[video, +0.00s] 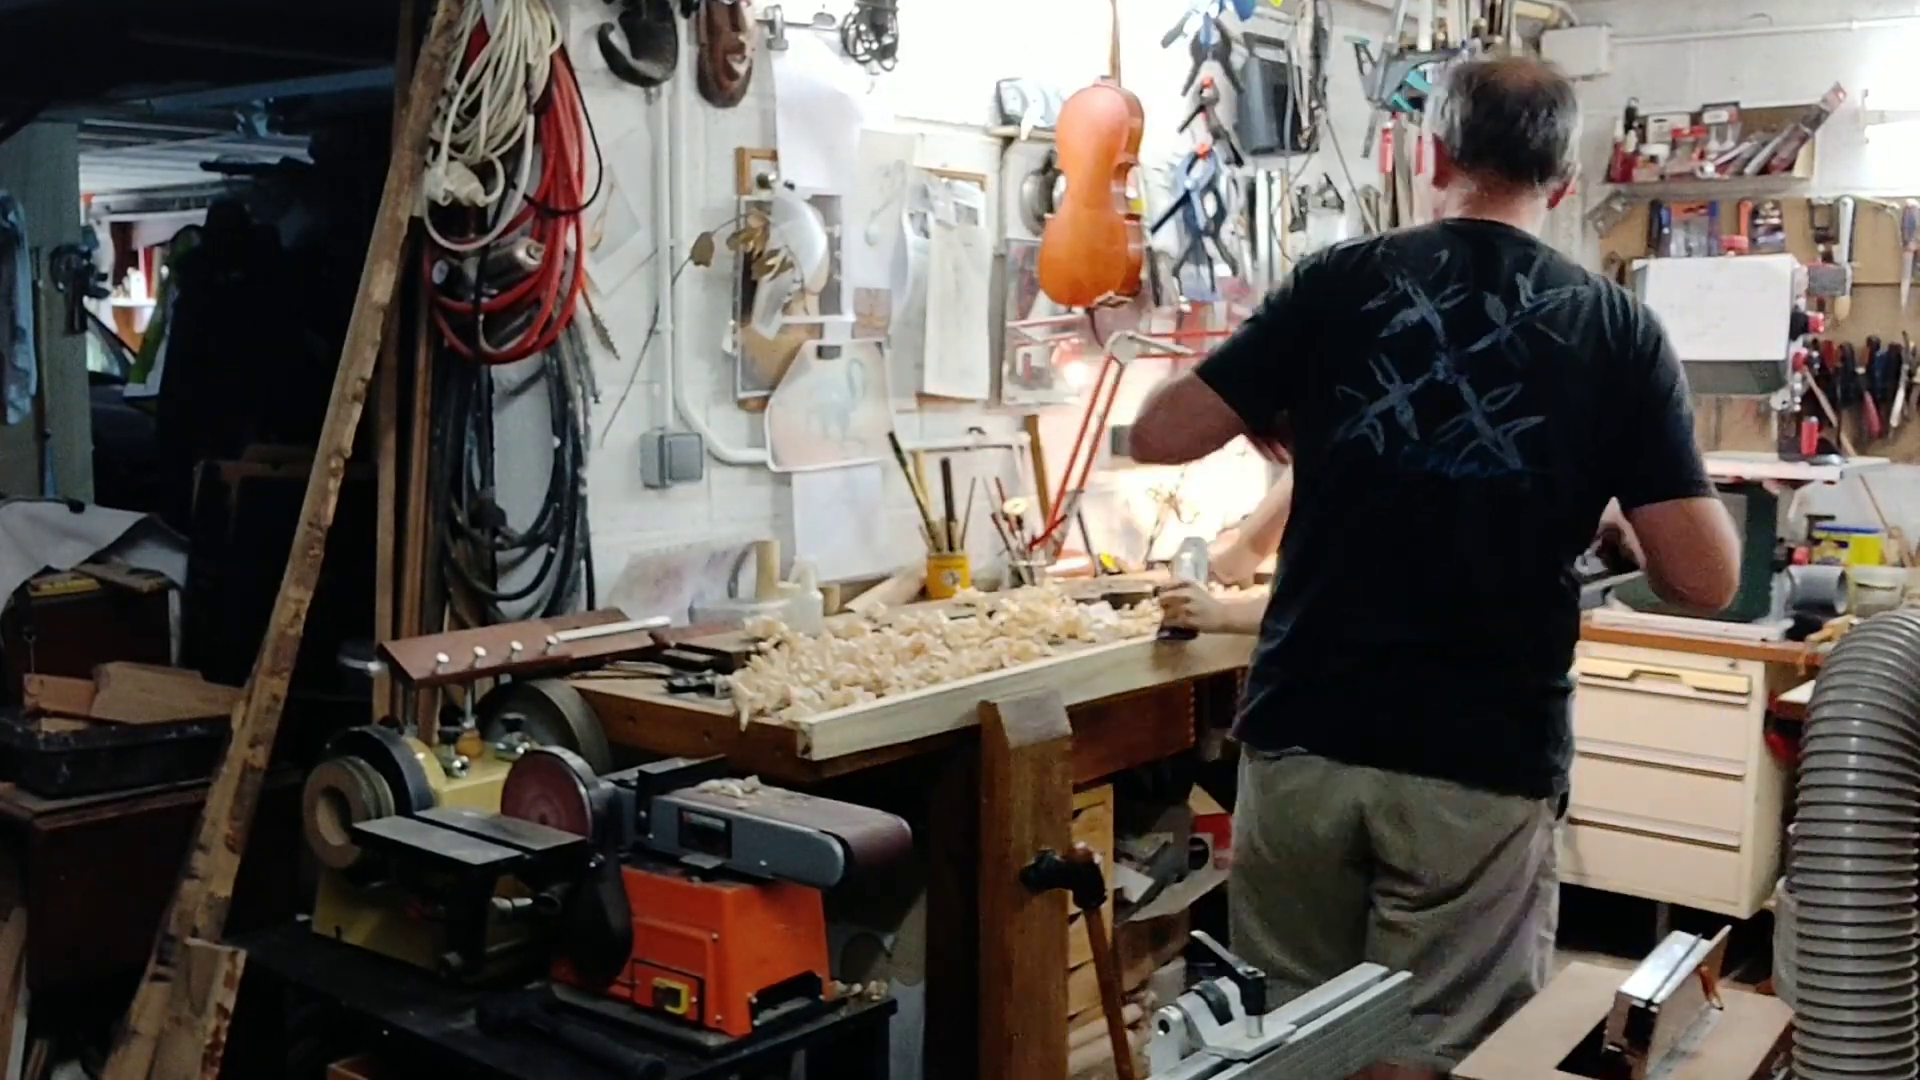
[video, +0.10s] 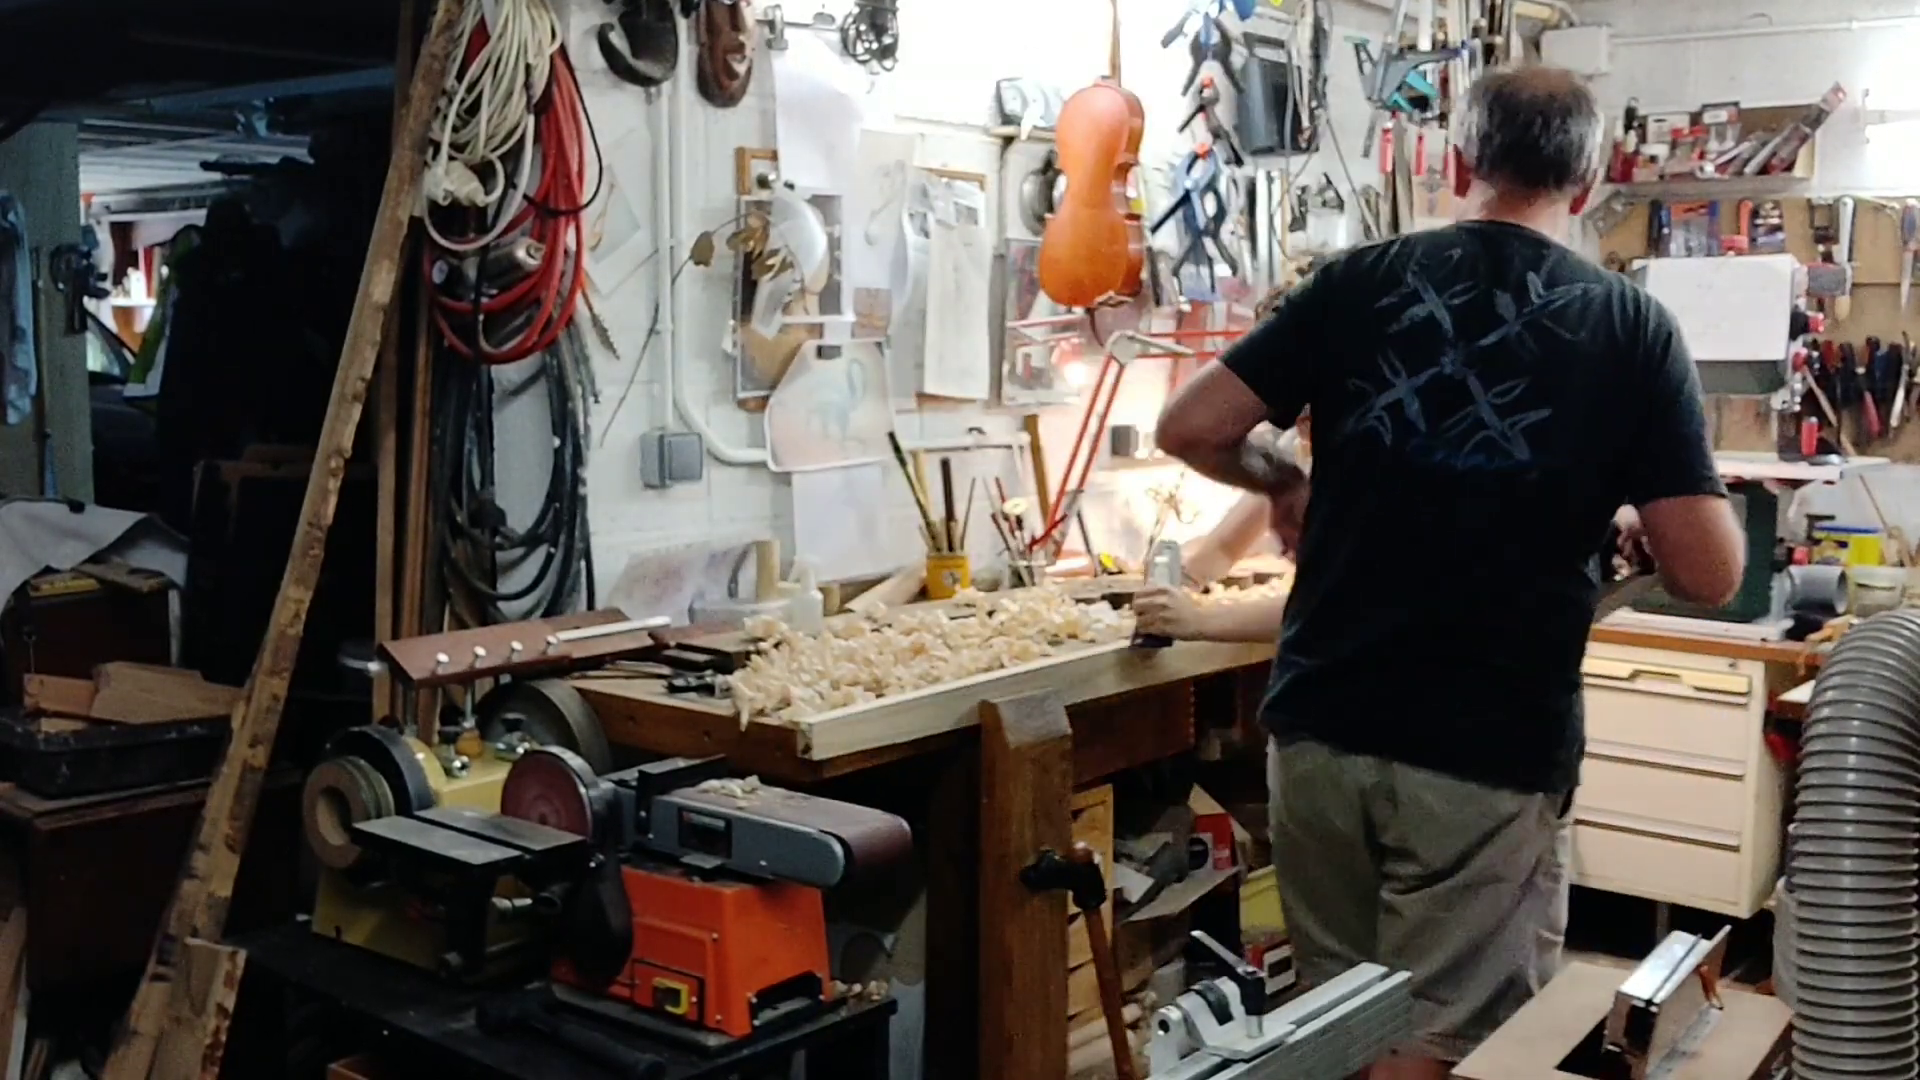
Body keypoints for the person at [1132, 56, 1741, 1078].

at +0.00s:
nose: (1433, 167)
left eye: (1433, 153)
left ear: (1437, 162)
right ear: (1562, 181)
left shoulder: (1337, 280)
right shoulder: (1615, 330)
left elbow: (1155, 434)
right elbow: (1707, 582)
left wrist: (1256, 397)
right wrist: (1631, 524)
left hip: (1302, 736)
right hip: (1482, 764)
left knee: (1280, 1046)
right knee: (1442, 1064)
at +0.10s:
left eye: (1459, 159)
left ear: (1461, 167)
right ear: (1587, 186)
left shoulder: (1362, 278)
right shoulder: (1630, 326)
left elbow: (1189, 427)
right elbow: (1711, 576)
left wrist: (1283, 478)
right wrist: (1646, 530)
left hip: (1318, 719)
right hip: (1490, 748)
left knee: (1330, 1022)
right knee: (1433, 1052)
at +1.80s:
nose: (1628, 263)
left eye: (1632, 240)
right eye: (1624, 245)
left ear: (1689, 226)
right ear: (1706, 227)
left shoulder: (1735, 317)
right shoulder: (1801, 306)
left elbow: (1691, 493)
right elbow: (1765, 474)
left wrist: (1568, 517)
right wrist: (1622, 490)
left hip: (1723, 639)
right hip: (1797, 629)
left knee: (1636, 813)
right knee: (1758, 814)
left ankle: (1708, 1013)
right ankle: (1784, 994)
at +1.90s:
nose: (1616, 262)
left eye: (1620, 238)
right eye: (1611, 243)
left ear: (1679, 223)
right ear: (1687, 228)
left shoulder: (1743, 314)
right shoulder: (1734, 306)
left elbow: (1708, 485)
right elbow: (1686, 461)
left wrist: (1568, 512)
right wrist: (1595, 481)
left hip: (1722, 624)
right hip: (1762, 615)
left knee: (1622, 792)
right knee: (1748, 799)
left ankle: (1684, 998)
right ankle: (1782, 979)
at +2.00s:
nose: (1600, 270)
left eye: (1606, 248)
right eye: (1596, 251)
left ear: (1667, 230)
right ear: (1667, 234)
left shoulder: (1740, 324)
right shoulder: (1696, 318)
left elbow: (1699, 492)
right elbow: (1665, 457)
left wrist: (1558, 515)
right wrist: (1581, 481)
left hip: (1709, 628)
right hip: (1716, 620)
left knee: (1636, 810)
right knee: (1726, 808)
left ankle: (1632, 1009)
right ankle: (1778, 982)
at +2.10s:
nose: (1579, 285)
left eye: (1587, 264)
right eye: (1574, 267)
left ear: (1648, 247)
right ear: (1645, 252)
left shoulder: (1726, 338)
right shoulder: (1655, 339)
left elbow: (1683, 505)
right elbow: (1637, 464)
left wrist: (1550, 529)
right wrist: (1555, 503)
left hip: (1704, 632)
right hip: (1665, 618)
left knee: (1619, 819)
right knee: (1662, 800)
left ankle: (1627, 1017)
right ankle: (1762, 945)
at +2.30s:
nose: (1555, 294)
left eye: (1560, 270)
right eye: (1550, 274)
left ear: (1615, 253)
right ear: (1612, 258)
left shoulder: (1705, 335)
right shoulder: (1608, 339)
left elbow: (1664, 500)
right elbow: (1585, 460)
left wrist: (1564, 509)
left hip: (1711, 614)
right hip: (1644, 602)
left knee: (1645, 818)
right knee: (1635, 809)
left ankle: (1641, 1016)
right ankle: (1692, 996)